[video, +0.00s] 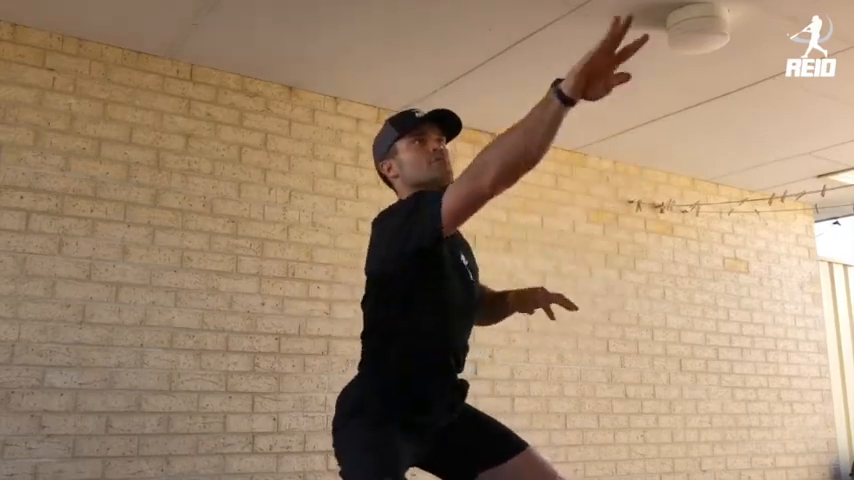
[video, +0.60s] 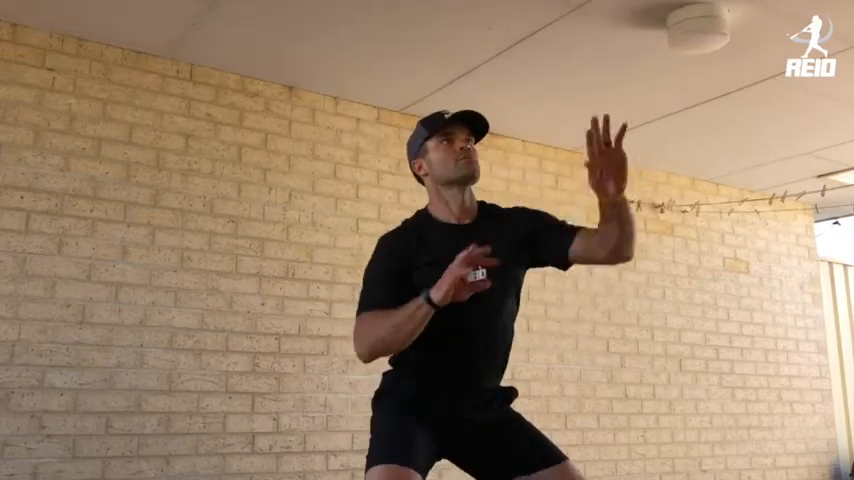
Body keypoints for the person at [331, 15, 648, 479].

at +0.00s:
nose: (438, 145)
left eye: (441, 138)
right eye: (419, 140)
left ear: (450, 152)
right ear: (389, 169)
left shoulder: (452, 241)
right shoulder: (396, 227)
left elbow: (469, 307)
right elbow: (489, 176)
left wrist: (517, 300)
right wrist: (566, 93)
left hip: (439, 414)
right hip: (377, 417)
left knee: (543, 476)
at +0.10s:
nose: (434, 139)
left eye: (437, 133)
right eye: (414, 134)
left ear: (445, 151)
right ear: (387, 162)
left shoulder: (460, 237)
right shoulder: (381, 224)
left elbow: (507, 310)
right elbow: (448, 239)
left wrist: (523, 278)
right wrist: (527, 150)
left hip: (445, 411)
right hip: (379, 414)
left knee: (544, 477)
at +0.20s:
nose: (432, 138)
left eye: (436, 133)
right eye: (413, 132)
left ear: (444, 149)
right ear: (385, 160)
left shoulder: (469, 229)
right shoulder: (365, 235)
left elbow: (556, 286)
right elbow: (376, 319)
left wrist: (539, 243)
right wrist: (458, 254)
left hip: (454, 405)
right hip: (384, 407)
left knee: (548, 476)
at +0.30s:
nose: (434, 141)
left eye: (438, 136)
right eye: (415, 136)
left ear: (446, 153)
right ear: (387, 165)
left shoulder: (485, 227)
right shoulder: (364, 246)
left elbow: (584, 239)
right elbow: (334, 350)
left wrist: (556, 184)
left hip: (466, 408)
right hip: (390, 412)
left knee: (555, 476)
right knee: (375, 476)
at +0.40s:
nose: (442, 147)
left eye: (446, 141)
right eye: (423, 142)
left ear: (454, 156)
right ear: (396, 169)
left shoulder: (494, 223)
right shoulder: (372, 254)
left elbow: (576, 187)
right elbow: (333, 352)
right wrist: (379, 344)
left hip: (471, 413)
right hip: (397, 413)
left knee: (557, 476)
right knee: (378, 478)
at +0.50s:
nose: (456, 146)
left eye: (459, 140)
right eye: (438, 141)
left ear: (469, 156)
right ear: (409, 168)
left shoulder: (503, 224)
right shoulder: (384, 252)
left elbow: (584, 190)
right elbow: (347, 351)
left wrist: (626, 116)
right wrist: (395, 329)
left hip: (478, 411)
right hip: (404, 411)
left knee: (561, 477)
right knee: (384, 477)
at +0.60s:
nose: (465, 145)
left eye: (469, 140)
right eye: (447, 140)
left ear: (478, 155)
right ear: (420, 167)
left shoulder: (515, 227)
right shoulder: (398, 246)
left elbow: (615, 248)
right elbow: (367, 344)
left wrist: (612, 201)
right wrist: (433, 298)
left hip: (483, 407)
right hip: (410, 407)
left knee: (565, 475)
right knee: (391, 475)